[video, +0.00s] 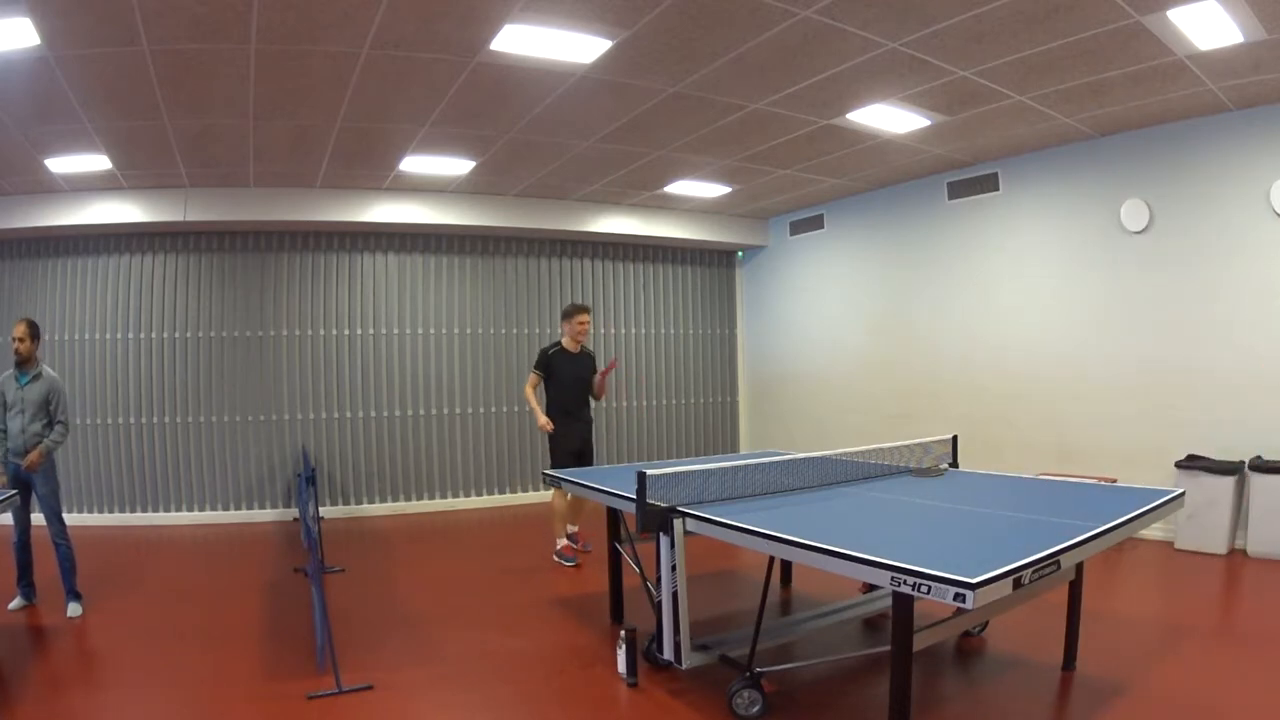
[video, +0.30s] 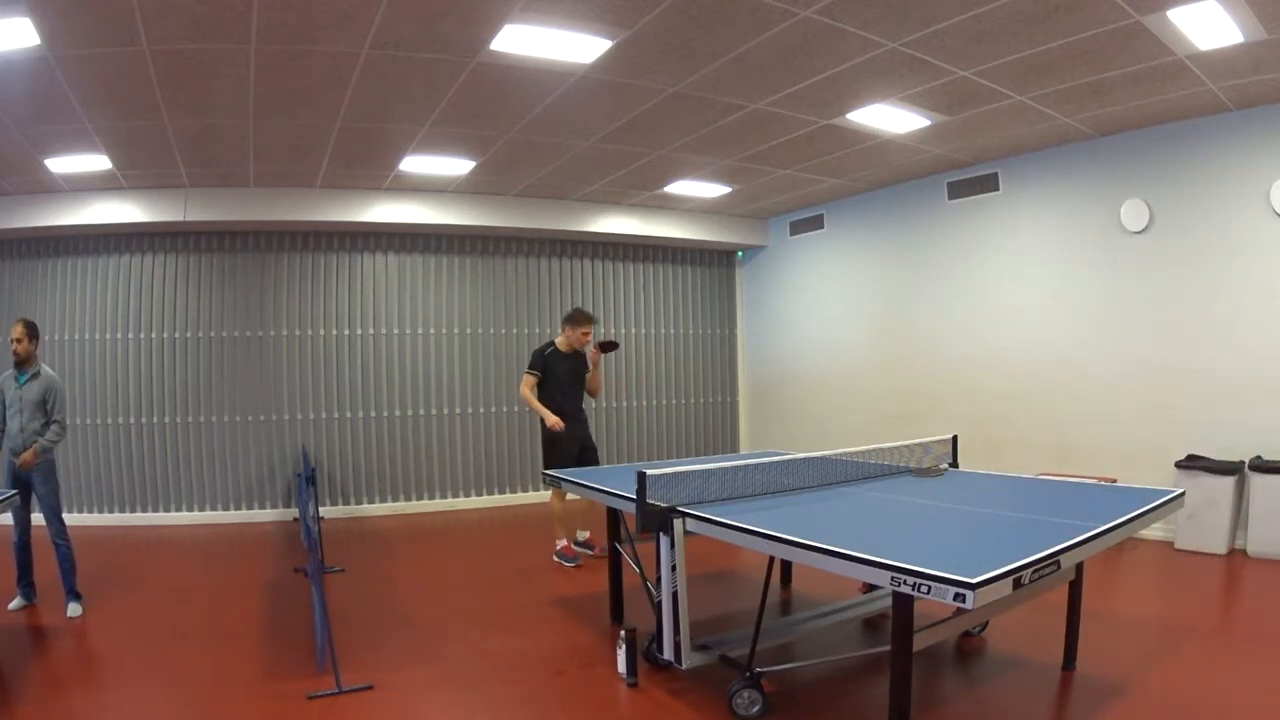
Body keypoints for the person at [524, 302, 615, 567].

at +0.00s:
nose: (585, 328)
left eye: (588, 324)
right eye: (580, 324)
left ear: (589, 327)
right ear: (565, 326)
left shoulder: (588, 357)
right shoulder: (549, 355)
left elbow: (597, 395)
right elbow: (529, 388)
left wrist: (601, 379)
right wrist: (539, 415)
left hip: (583, 426)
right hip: (560, 427)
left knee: (583, 484)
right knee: (562, 486)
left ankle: (572, 531)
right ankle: (560, 543)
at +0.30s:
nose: (588, 340)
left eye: (590, 335)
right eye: (584, 334)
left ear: (587, 333)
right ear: (567, 330)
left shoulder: (581, 355)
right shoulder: (543, 355)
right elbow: (525, 389)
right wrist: (546, 415)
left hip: (580, 428)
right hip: (556, 430)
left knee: (591, 484)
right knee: (559, 488)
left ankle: (581, 537)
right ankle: (561, 544)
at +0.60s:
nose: (586, 347)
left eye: (588, 342)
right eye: (584, 342)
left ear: (581, 340)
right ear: (569, 337)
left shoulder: (578, 357)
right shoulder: (543, 359)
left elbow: (580, 384)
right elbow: (524, 393)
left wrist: (594, 388)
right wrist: (544, 423)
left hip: (579, 430)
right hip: (556, 433)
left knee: (588, 485)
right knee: (556, 489)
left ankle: (583, 536)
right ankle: (560, 544)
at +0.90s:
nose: (592, 348)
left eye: (593, 343)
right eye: (589, 343)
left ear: (585, 340)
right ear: (575, 337)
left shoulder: (585, 359)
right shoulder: (550, 359)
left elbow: (584, 389)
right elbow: (530, 394)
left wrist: (598, 389)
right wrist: (550, 420)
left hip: (580, 429)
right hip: (559, 430)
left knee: (581, 484)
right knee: (558, 487)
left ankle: (578, 533)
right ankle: (560, 544)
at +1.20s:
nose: (600, 351)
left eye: (602, 347)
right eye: (599, 346)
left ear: (596, 342)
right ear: (586, 338)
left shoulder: (593, 363)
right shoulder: (557, 357)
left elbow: (593, 395)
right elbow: (537, 391)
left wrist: (608, 393)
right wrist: (555, 415)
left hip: (584, 428)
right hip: (563, 428)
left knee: (582, 482)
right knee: (564, 484)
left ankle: (579, 533)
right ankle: (560, 541)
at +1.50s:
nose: (599, 339)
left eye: (601, 335)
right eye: (595, 334)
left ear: (600, 335)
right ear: (580, 332)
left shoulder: (595, 360)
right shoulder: (560, 356)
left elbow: (596, 393)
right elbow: (537, 385)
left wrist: (611, 391)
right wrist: (553, 416)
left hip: (586, 428)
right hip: (565, 428)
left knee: (585, 482)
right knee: (565, 484)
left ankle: (579, 533)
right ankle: (560, 539)